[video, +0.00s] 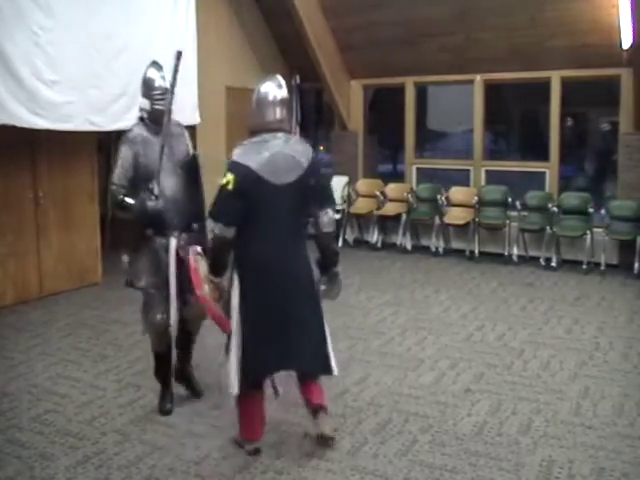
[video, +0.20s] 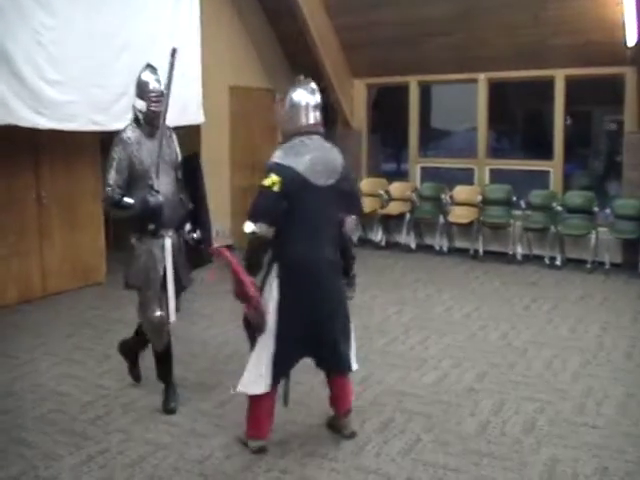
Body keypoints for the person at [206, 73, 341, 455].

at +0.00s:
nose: (277, 115)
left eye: (267, 109)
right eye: (283, 109)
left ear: (254, 112)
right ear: (289, 112)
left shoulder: (244, 160)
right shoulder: (312, 159)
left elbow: (222, 228)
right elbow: (324, 222)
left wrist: (217, 272)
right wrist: (330, 267)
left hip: (254, 268)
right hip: (295, 266)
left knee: (250, 352)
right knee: (304, 343)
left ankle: (251, 437)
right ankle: (321, 417)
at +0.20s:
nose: (278, 116)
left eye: (281, 110)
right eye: (281, 109)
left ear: (289, 115)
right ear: (318, 115)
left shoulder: (285, 161)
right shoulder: (338, 161)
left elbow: (262, 225)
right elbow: (350, 218)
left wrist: (247, 274)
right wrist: (345, 264)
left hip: (290, 266)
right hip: (327, 265)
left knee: (270, 345)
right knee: (335, 340)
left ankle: (258, 433)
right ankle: (343, 418)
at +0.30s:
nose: (320, 124)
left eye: (317, 118)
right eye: (335, 117)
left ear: (316, 121)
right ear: (349, 120)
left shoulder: (317, 163)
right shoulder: (364, 162)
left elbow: (301, 227)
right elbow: (379, 213)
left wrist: (284, 278)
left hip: (323, 266)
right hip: (357, 265)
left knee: (305, 346)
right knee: (356, 342)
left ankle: (283, 428)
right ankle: (357, 419)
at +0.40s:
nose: (339, 117)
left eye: (339, 111)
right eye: (350, 109)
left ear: (341, 112)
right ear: (370, 112)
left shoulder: (342, 154)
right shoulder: (379, 151)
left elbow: (334, 217)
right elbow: (401, 198)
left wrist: (310, 249)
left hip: (349, 259)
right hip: (379, 257)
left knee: (337, 340)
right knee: (375, 337)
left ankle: (332, 423)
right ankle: (370, 417)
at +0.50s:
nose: (364, 117)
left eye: (367, 111)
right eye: (367, 110)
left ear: (371, 114)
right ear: (394, 112)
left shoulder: (372, 153)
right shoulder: (400, 147)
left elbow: (363, 214)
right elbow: (421, 194)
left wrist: (340, 243)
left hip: (379, 260)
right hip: (401, 255)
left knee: (380, 336)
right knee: (387, 334)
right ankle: (387, 410)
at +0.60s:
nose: (374, 116)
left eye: (377, 110)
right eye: (377, 110)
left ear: (383, 113)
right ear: (408, 112)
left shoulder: (385, 158)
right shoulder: (413, 151)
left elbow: (373, 224)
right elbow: (430, 199)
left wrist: (363, 272)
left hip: (387, 269)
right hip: (410, 264)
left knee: (377, 344)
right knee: (396, 340)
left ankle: (428, 401)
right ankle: (386, 414)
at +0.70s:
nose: (381, 118)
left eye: (385, 112)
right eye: (384, 112)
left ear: (390, 116)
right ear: (415, 115)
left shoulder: (397, 164)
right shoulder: (414, 156)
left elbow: (391, 231)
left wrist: (376, 274)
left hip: (400, 275)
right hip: (406, 271)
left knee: (412, 348)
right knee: (391, 345)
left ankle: (451, 405)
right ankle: (384, 413)